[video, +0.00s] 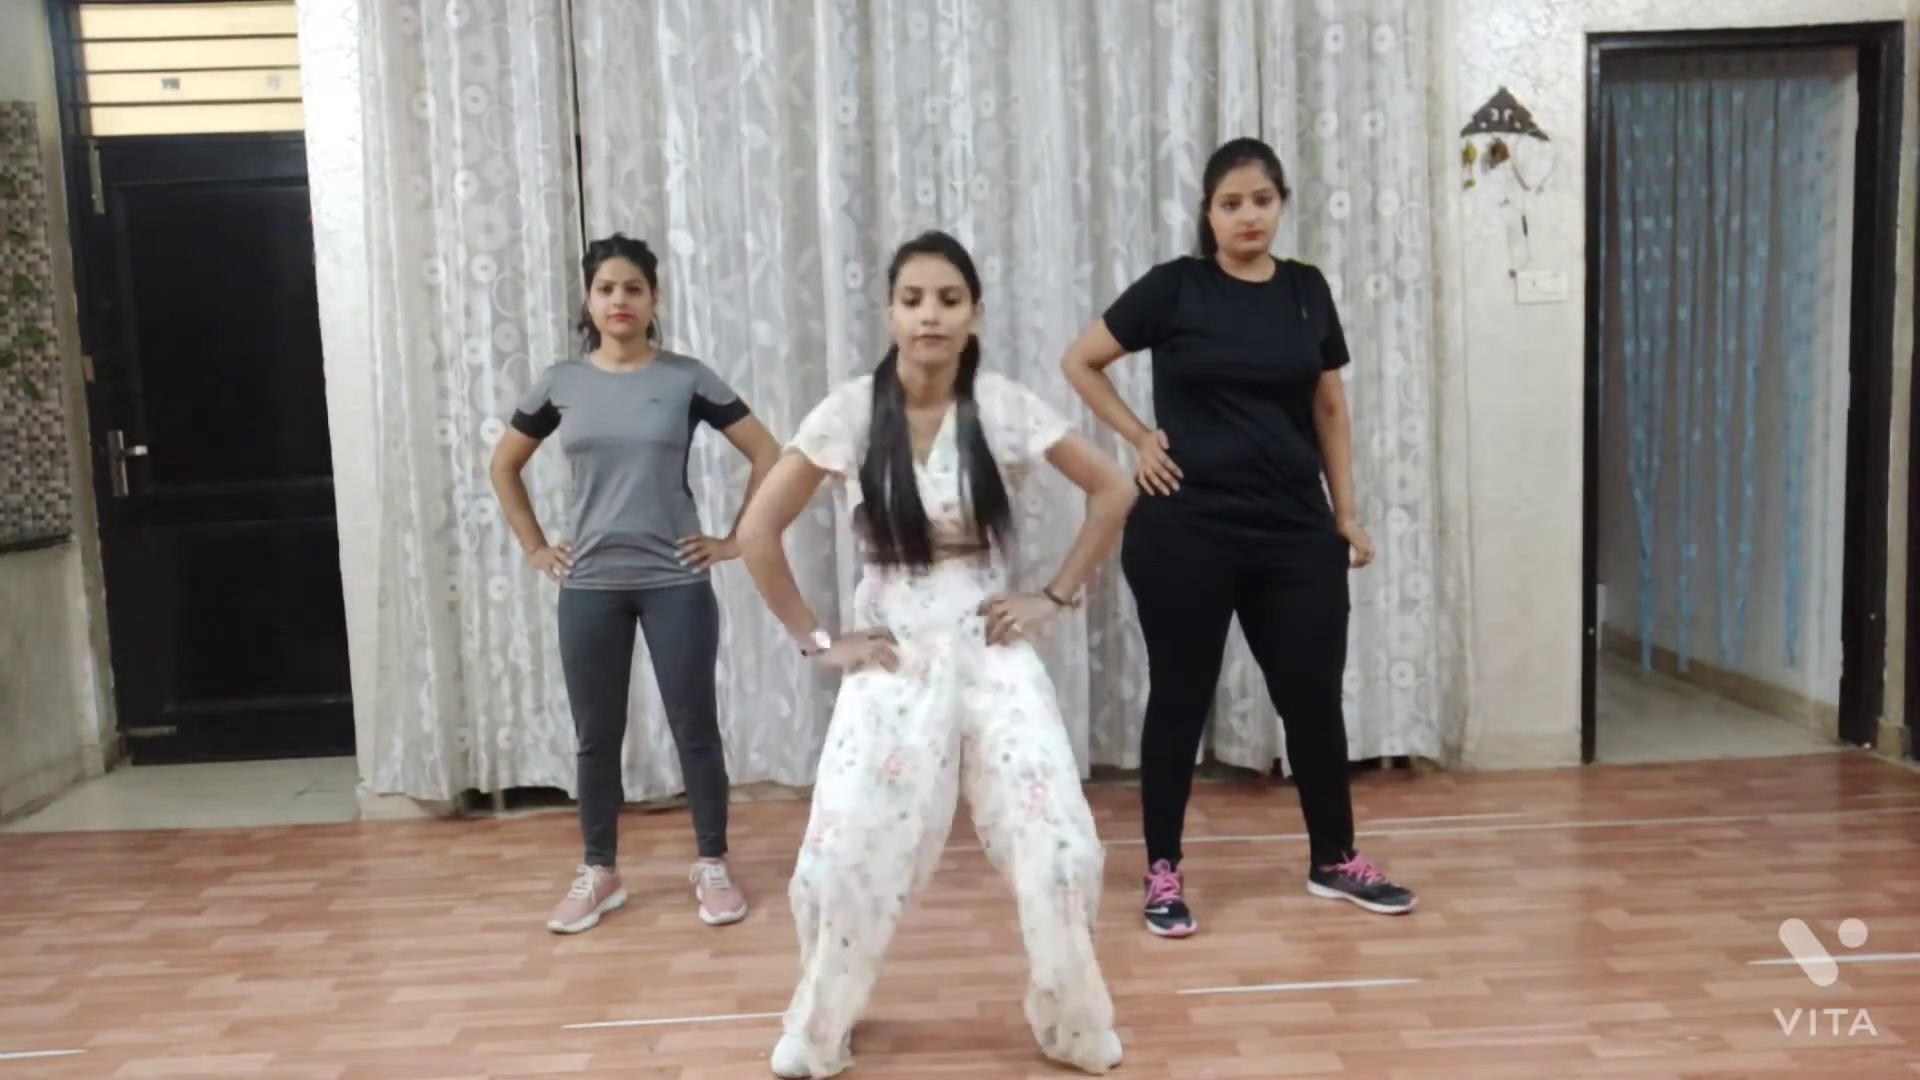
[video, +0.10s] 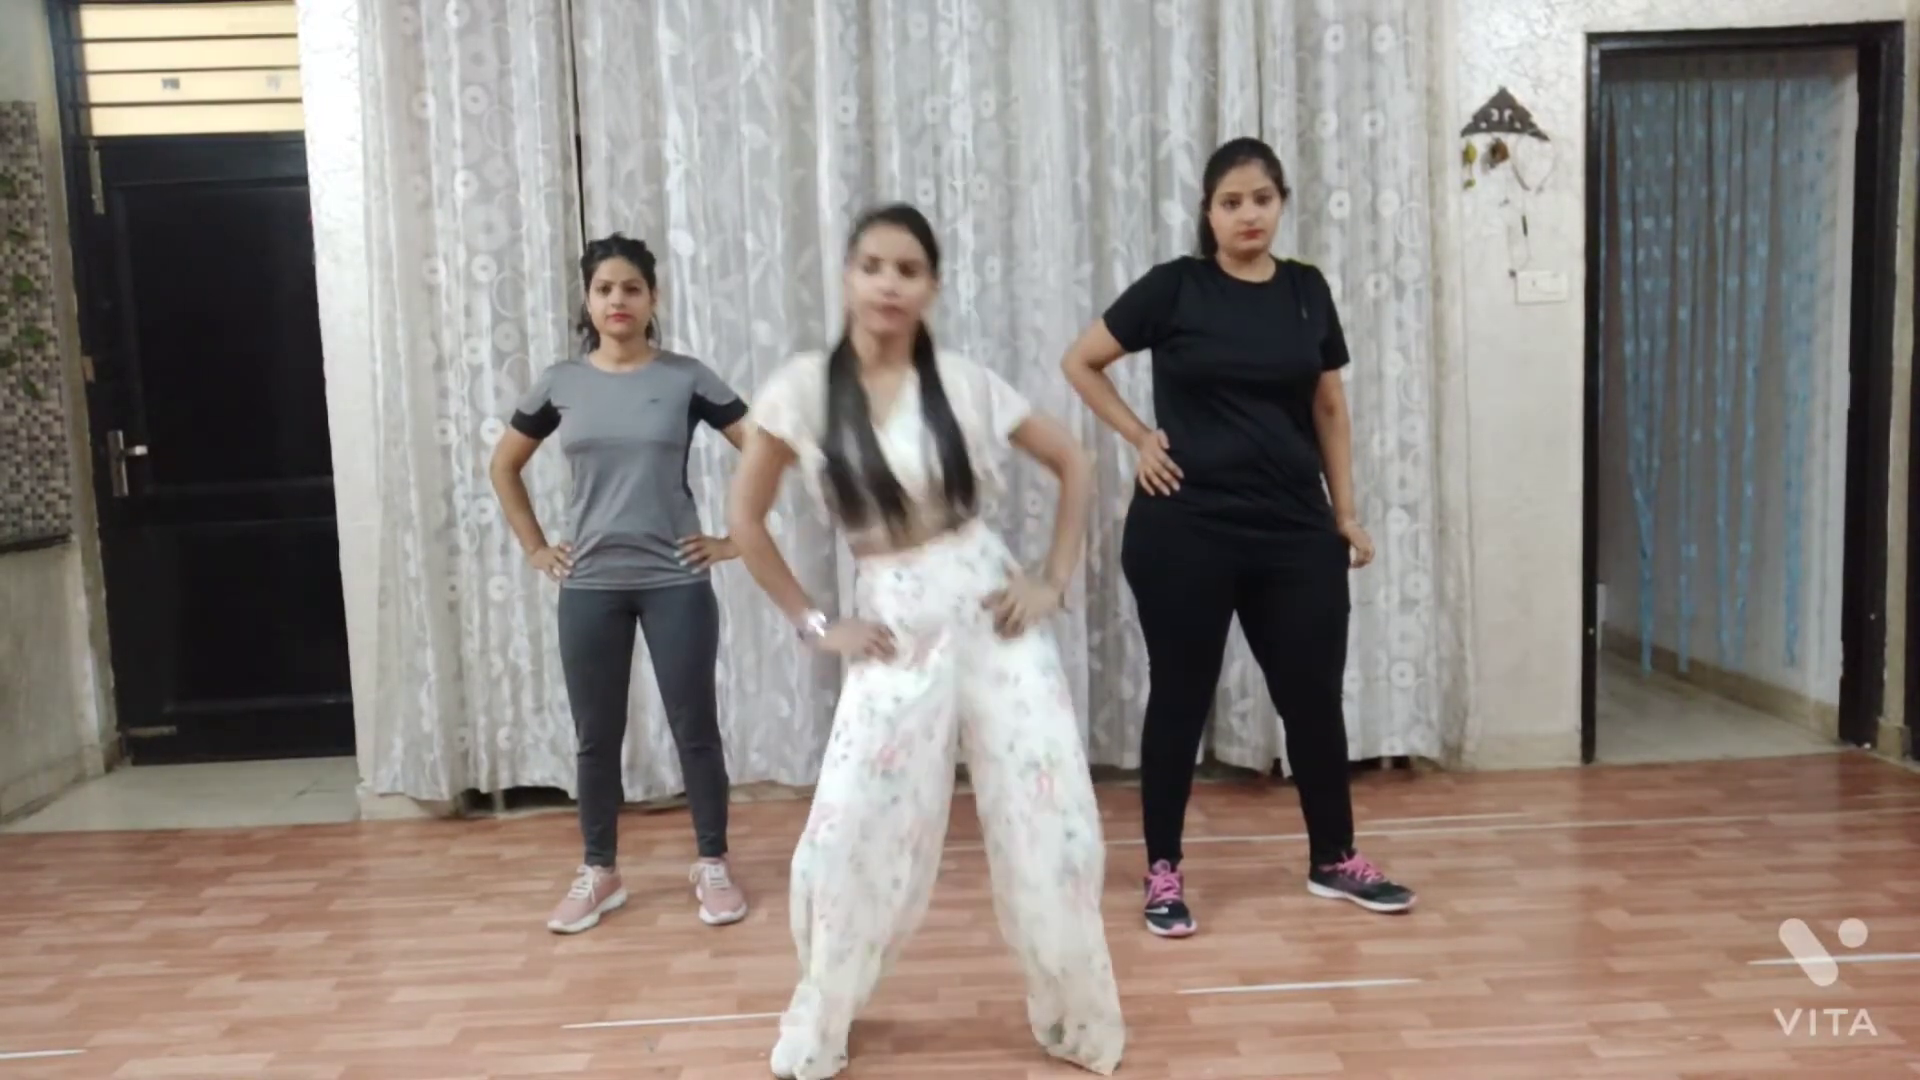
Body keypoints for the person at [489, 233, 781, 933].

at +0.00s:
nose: (620, 300)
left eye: (633, 288)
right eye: (606, 289)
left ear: (654, 299)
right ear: (587, 301)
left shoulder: (688, 379)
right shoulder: (562, 383)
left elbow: (769, 456)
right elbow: (503, 465)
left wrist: (736, 539)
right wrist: (537, 547)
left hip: (675, 575)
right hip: (591, 579)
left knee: (695, 729)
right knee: (596, 736)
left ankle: (712, 866)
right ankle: (599, 871)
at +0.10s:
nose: (619, 301)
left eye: (632, 289)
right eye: (606, 290)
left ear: (652, 299)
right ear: (588, 302)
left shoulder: (687, 378)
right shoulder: (561, 383)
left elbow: (764, 453)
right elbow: (503, 465)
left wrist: (737, 538)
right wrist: (537, 548)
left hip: (675, 574)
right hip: (591, 579)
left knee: (694, 726)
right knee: (595, 736)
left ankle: (713, 866)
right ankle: (599, 872)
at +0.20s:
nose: (618, 300)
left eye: (630, 288)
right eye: (605, 289)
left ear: (651, 299)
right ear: (586, 302)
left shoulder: (687, 378)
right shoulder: (562, 383)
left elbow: (767, 451)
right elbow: (504, 465)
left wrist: (739, 537)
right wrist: (538, 548)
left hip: (675, 574)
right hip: (590, 579)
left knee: (694, 728)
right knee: (596, 737)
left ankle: (713, 867)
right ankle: (599, 872)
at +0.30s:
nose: (616, 301)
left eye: (629, 288)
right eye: (603, 290)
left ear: (651, 298)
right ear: (585, 302)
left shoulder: (687, 380)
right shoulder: (561, 384)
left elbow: (763, 454)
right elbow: (504, 465)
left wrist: (738, 536)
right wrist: (538, 547)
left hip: (675, 574)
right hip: (591, 579)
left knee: (695, 729)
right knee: (596, 737)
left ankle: (713, 866)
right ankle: (599, 872)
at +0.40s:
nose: (616, 301)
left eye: (629, 289)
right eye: (603, 290)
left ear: (650, 300)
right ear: (586, 303)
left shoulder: (688, 378)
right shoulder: (560, 383)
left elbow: (770, 451)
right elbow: (504, 466)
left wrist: (737, 534)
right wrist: (537, 547)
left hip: (675, 575)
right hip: (590, 580)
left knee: (694, 726)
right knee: (595, 737)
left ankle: (713, 866)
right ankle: (599, 872)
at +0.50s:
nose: (615, 301)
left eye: (628, 289)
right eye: (602, 290)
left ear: (649, 300)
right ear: (584, 303)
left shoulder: (686, 379)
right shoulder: (559, 383)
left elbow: (763, 451)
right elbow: (503, 466)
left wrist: (728, 533)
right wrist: (537, 548)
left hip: (675, 575)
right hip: (589, 580)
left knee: (694, 725)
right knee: (595, 736)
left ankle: (712, 865)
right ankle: (599, 872)